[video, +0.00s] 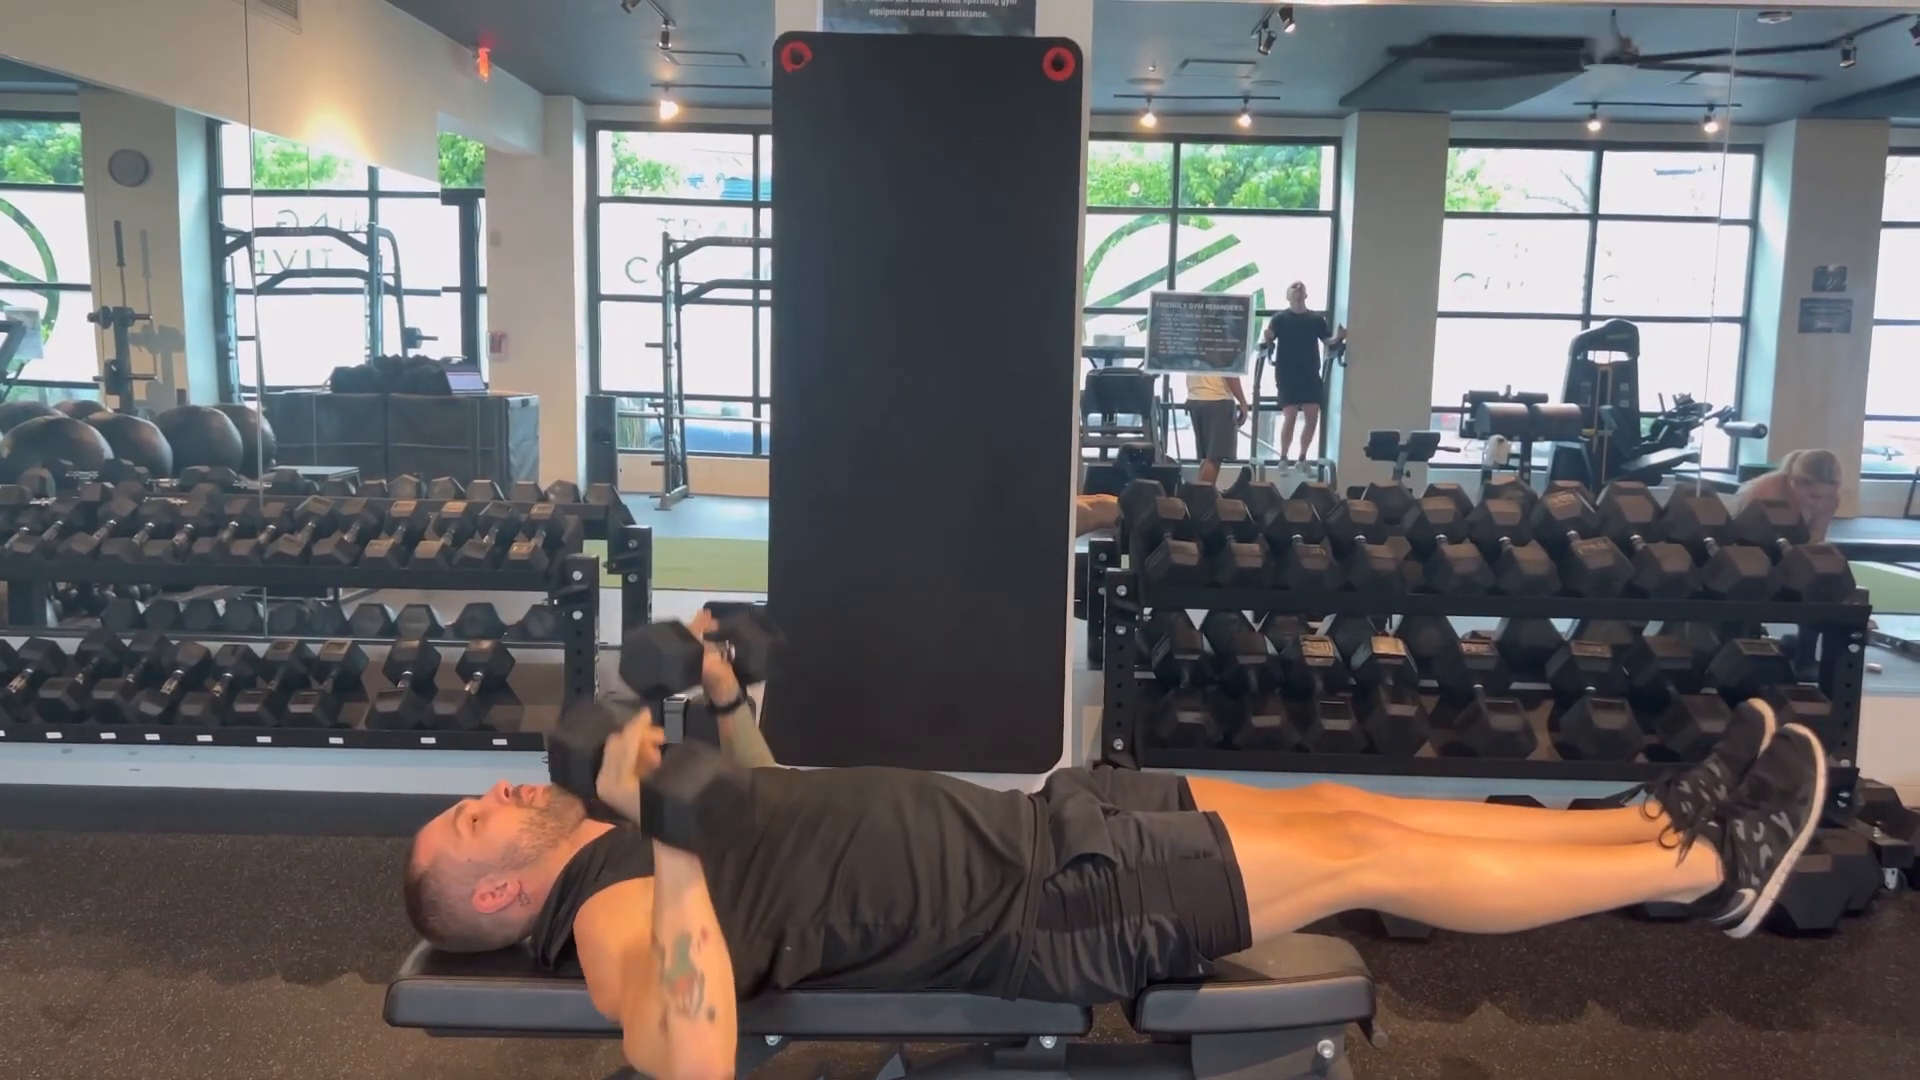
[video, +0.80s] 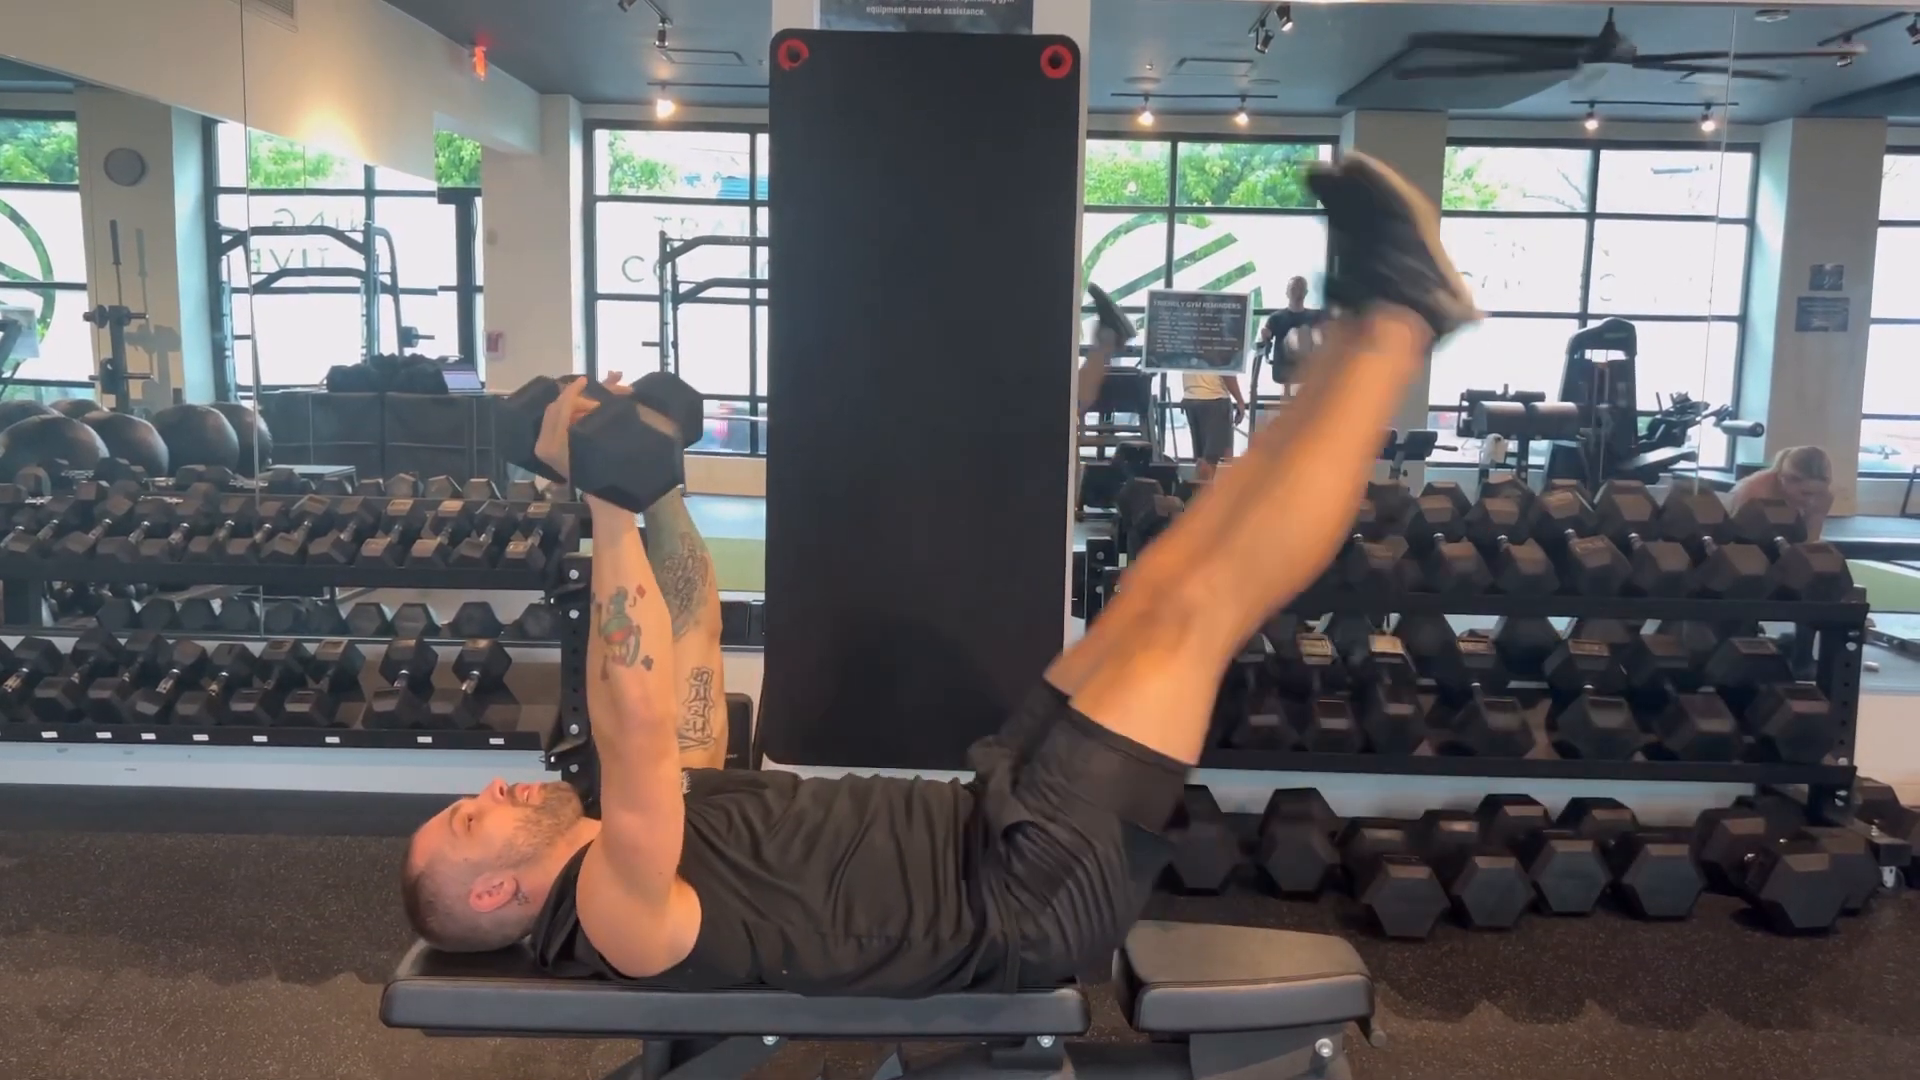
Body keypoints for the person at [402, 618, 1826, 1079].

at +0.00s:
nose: (503, 787)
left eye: (480, 795)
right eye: (483, 813)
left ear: (523, 847)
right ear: (510, 880)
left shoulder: (624, 830)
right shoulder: (620, 905)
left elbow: (723, 779)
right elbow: (684, 1056)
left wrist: (710, 714)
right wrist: (651, 856)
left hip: (1057, 809)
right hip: (1062, 890)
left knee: (1344, 805)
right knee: (1367, 854)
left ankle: (1665, 830)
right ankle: (1704, 866)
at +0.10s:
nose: (517, 798)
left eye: (493, 805)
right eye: (487, 832)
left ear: (528, 819)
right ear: (494, 897)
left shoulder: (623, 826)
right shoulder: (605, 919)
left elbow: (737, 751)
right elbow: (689, 984)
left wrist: (664, 662)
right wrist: (663, 783)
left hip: (1039, 824)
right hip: (1041, 898)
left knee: (1354, 815)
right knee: (1365, 848)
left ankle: (1669, 828)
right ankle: (1699, 865)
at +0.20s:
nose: (505, 805)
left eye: (487, 810)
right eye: (477, 838)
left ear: (534, 818)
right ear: (496, 907)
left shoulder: (647, 824)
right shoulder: (626, 923)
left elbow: (743, 705)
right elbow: (679, 825)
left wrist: (690, 589)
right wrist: (643, 643)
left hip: (1045, 817)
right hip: (1049, 898)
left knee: (1353, 814)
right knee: (1360, 862)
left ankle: (1677, 832)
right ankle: (1702, 872)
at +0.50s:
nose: (503, 799)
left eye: (481, 805)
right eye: (484, 834)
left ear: (536, 844)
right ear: (520, 906)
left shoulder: (653, 823)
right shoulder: (628, 899)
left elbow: (698, 656)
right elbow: (631, 688)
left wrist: (651, 494)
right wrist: (613, 508)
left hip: (1043, 813)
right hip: (1050, 895)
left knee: (1333, 746)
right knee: (1346, 774)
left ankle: (1668, 708)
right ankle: (1686, 731)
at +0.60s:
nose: (503, 797)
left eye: (483, 804)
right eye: (482, 832)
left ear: (537, 844)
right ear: (519, 908)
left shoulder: (651, 836)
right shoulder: (631, 906)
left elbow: (695, 659)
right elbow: (630, 706)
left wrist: (658, 494)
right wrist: (609, 513)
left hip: (1032, 806)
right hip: (1041, 884)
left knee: (1302, 686)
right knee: (1313, 713)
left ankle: (1609, 570)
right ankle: (1642, 593)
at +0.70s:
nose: (490, 794)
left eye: (474, 808)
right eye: (474, 833)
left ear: (524, 832)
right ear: (507, 893)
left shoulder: (636, 828)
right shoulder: (625, 907)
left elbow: (686, 646)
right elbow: (628, 690)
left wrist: (634, 472)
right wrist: (620, 504)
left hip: (1005, 821)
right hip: (1032, 889)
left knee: (1249, 631)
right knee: (1259, 650)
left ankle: (1504, 446)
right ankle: (1543, 454)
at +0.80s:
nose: (488, 785)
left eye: (469, 795)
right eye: (469, 822)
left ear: (511, 811)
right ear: (506, 888)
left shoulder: (644, 828)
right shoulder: (624, 904)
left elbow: (691, 645)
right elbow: (632, 700)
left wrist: (645, 485)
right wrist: (604, 508)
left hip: (990, 818)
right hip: (1023, 889)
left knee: (1160, 589)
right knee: (1183, 603)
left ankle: (1365, 323)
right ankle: (1401, 318)